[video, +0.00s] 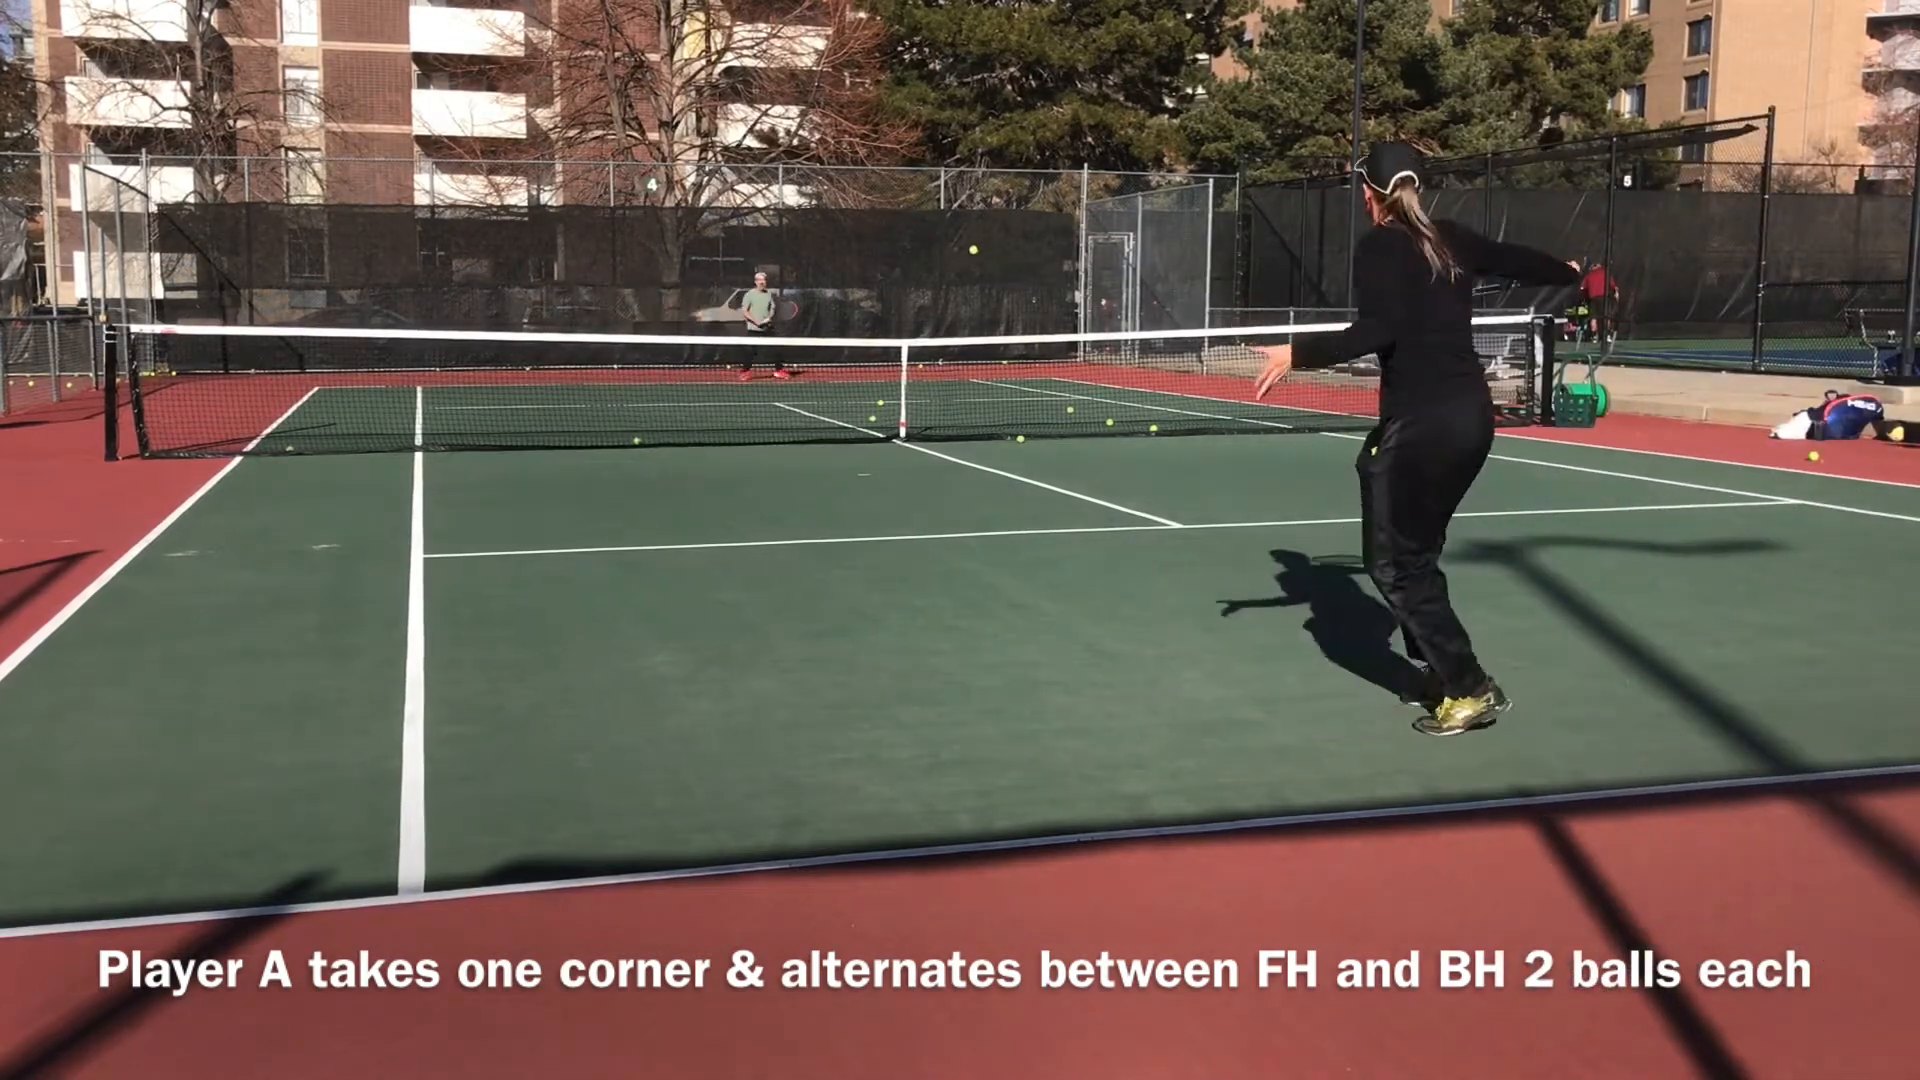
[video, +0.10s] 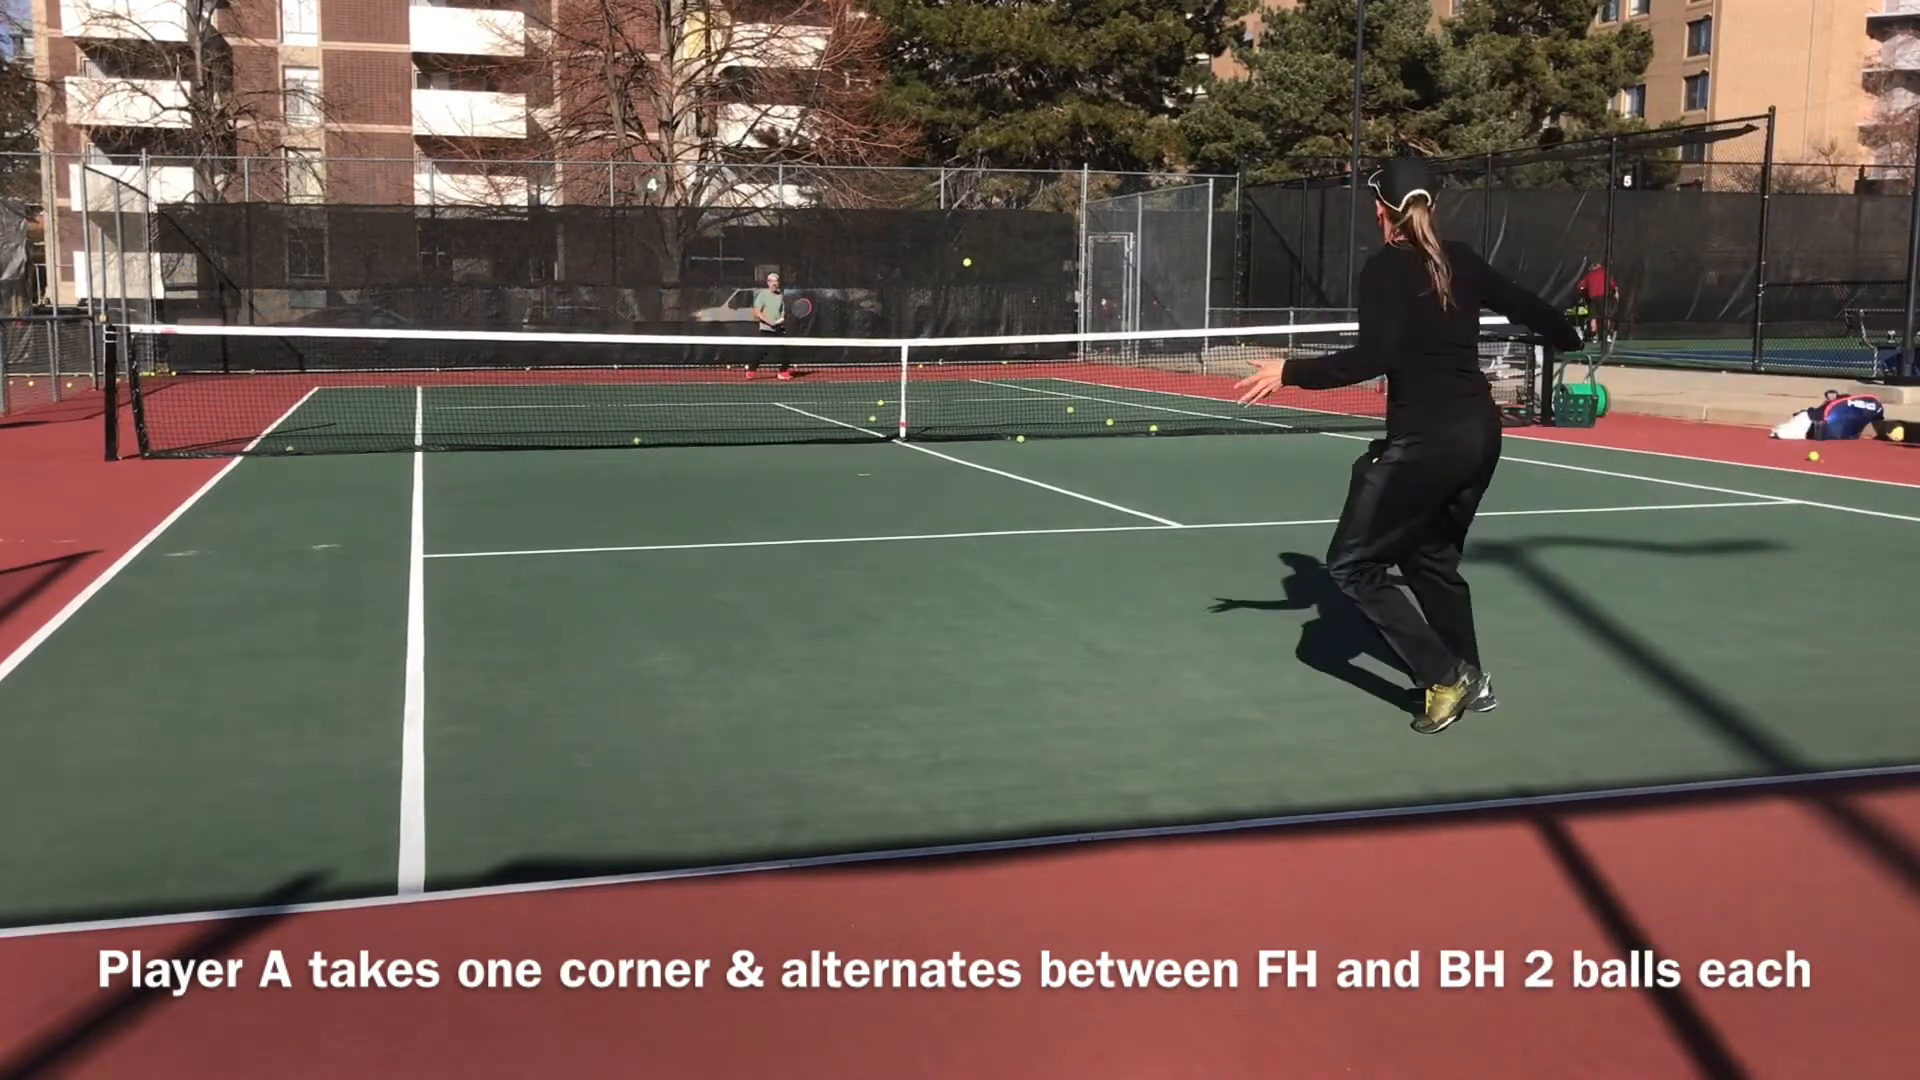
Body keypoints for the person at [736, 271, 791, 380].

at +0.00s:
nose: (761, 282)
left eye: (763, 280)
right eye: (759, 280)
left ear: (766, 281)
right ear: (755, 281)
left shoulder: (768, 294)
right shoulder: (749, 295)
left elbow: (772, 307)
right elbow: (744, 311)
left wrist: (769, 318)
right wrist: (756, 322)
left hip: (767, 326)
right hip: (753, 327)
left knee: (777, 347)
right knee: (751, 349)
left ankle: (778, 369)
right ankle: (746, 370)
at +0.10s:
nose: (774, 283)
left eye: (776, 281)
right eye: (772, 281)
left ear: (779, 283)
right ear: (768, 283)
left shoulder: (780, 296)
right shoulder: (763, 295)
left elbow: (783, 310)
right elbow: (757, 312)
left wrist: (780, 319)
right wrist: (769, 322)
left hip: (778, 327)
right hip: (765, 327)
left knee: (783, 349)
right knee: (761, 349)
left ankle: (783, 370)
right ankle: (752, 369)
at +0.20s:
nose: (786, 284)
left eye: (788, 282)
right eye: (784, 282)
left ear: (790, 283)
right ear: (779, 283)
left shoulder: (790, 297)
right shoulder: (774, 295)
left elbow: (791, 311)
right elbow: (771, 313)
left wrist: (791, 318)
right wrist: (782, 323)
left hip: (786, 327)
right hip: (774, 327)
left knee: (787, 348)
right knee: (774, 348)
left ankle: (786, 367)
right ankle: (772, 367)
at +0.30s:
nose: (797, 286)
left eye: (799, 284)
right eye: (795, 284)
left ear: (801, 286)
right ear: (790, 285)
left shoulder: (797, 298)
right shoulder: (786, 297)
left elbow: (797, 313)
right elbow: (785, 315)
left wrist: (801, 321)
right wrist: (796, 325)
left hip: (794, 329)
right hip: (784, 330)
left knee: (803, 349)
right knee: (783, 351)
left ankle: (802, 368)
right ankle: (775, 370)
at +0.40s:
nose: (809, 289)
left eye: (811, 287)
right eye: (807, 287)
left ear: (812, 288)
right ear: (802, 287)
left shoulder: (807, 300)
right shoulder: (798, 299)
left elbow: (805, 315)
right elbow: (798, 316)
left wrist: (811, 323)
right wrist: (808, 327)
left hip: (803, 331)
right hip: (794, 332)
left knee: (813, 350)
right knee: (792, 354)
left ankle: (816, 370)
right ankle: (778, 366)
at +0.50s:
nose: (819, 292)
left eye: (821, 290)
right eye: (817, 290)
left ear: (821, 291)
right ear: (812, 290)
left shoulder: (816, 304)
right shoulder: (808, 303)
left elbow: (816, 319)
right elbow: (810, 319)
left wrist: (823, 327)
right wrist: (820, 328)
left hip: (812, 334)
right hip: (805, 335)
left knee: (820, 353)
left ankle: (819, 370)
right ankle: (797, 364)